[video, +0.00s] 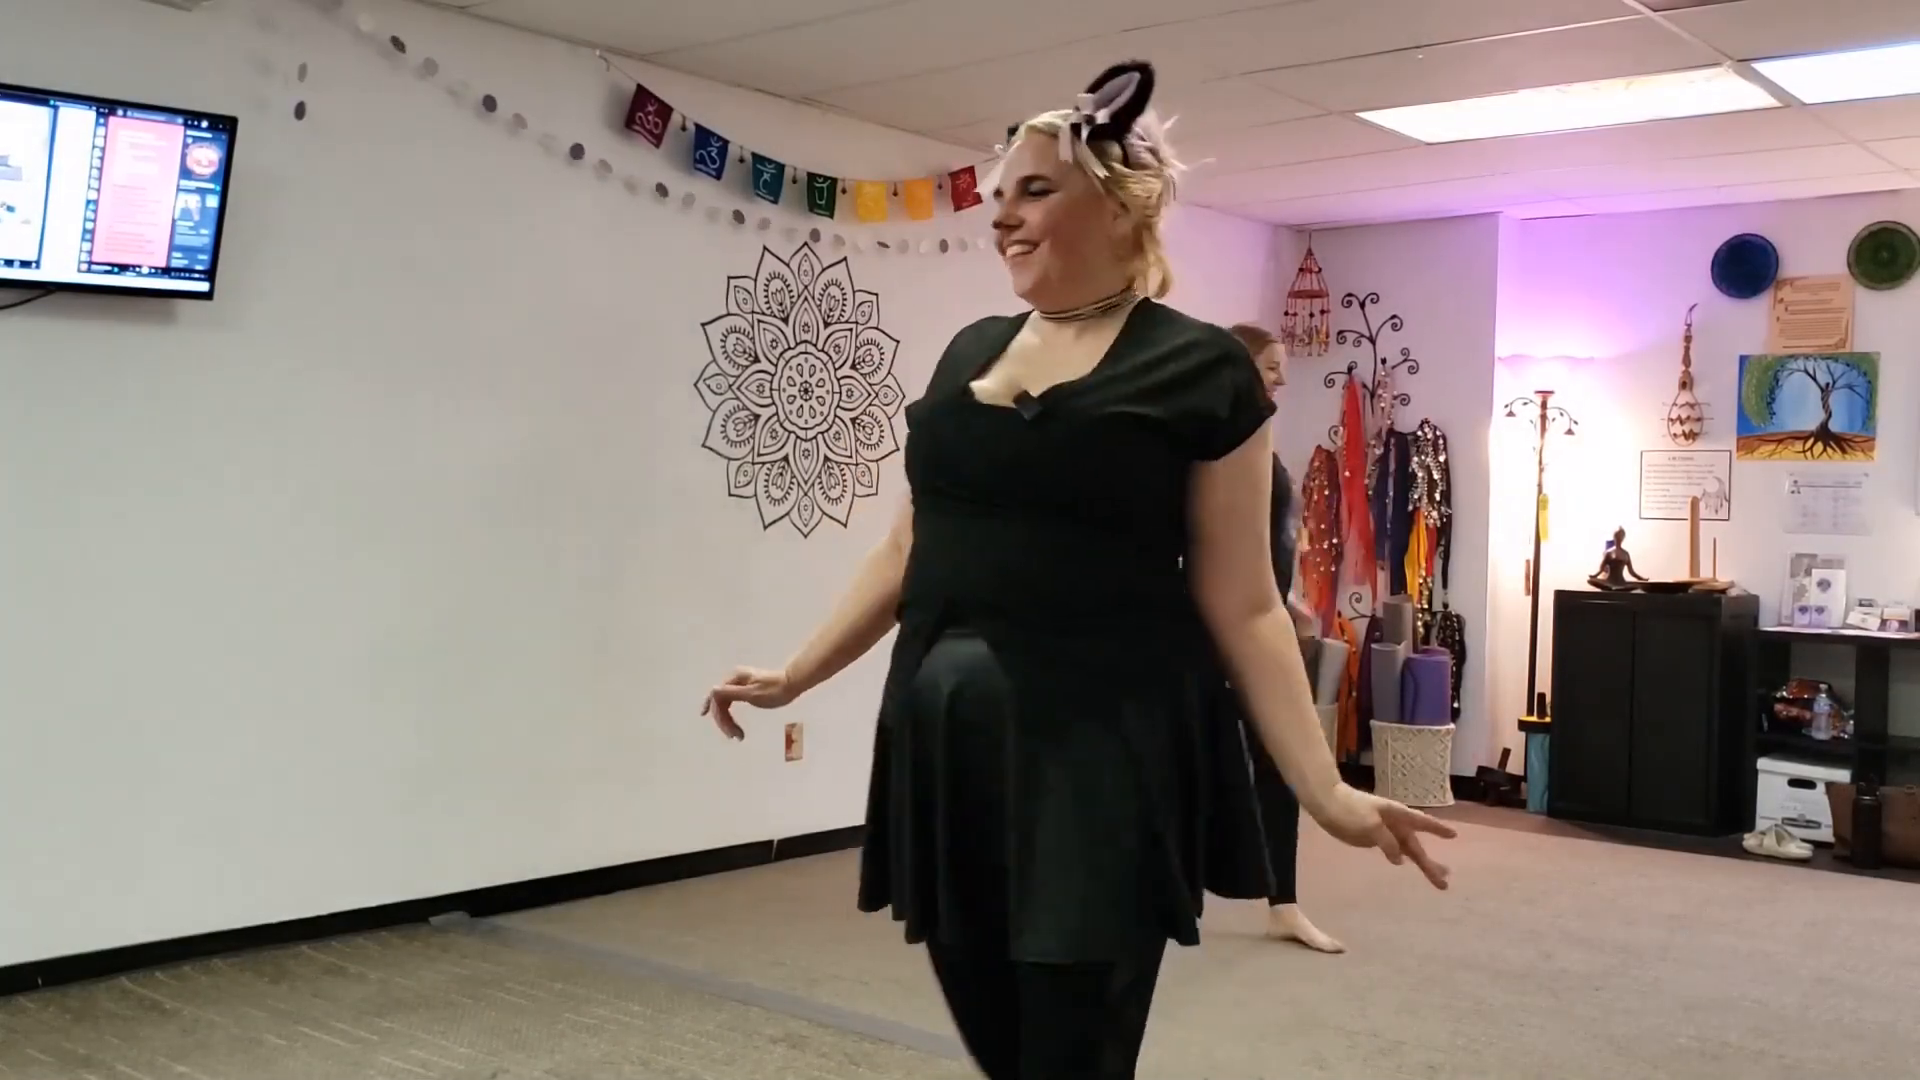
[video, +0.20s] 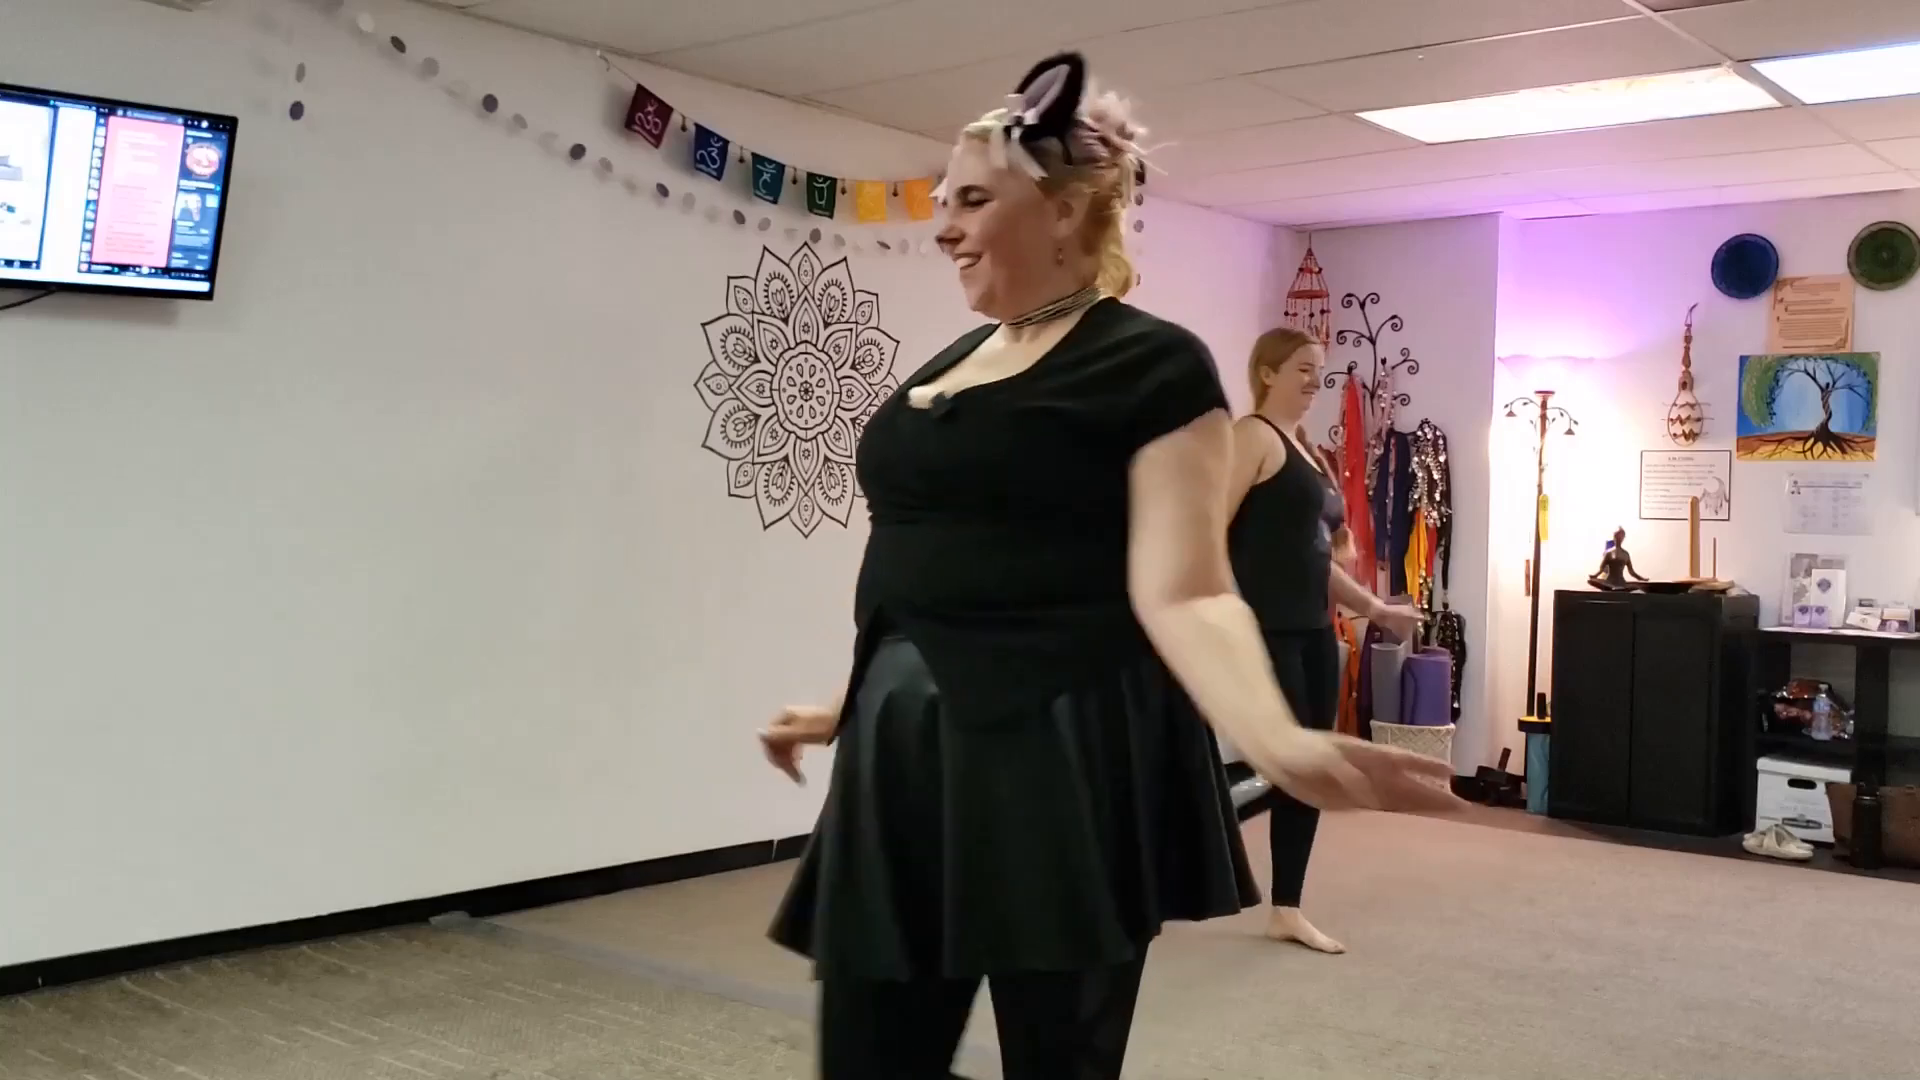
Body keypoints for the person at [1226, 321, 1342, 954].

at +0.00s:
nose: (1277, 384)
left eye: (1280, 373)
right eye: (1268, 371)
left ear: (1278, 377)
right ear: (1234, 371)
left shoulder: (1270, 464)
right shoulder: (1208, 455)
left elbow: (1276, 551)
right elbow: (1213, 556)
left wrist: (1291, 604)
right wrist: (1279, 607)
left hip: (1266, 623)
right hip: (1213, 622)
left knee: (1281, 760)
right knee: (1187, 753)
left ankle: (1284, 903)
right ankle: (1163, 900)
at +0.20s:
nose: (1313, 382)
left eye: (1318, 373)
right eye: (1303, 371)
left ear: (1317, 382)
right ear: (1267, 374)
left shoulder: (1304, 450)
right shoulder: (1250, 437)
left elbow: (1314, 559)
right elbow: (1208, 528)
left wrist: (1376, 607)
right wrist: (1215, 608)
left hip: (1314, 631)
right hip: (1263, 628)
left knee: (1306, 765)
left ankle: (1286, 906)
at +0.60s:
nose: (1327, 366)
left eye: (1339, 355)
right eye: (1314, 357)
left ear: (1361, 368)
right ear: (1300, 369)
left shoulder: (1384, 454)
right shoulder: (1273, 440)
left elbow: (1412, 547)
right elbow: (1217, 523)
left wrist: (1466, 594)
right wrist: (1168, 598)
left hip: (1358, 627)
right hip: (1285, 623)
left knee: (1326, 768)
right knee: (1350, 761)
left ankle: (1286, 909)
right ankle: (1398, 925)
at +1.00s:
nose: (1298, 360)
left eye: (1310, 350)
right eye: (1297, 351)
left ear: (1353, 360)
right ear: (1307, 364)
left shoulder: (1407, 436)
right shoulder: (1290, 447)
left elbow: (1440, 525)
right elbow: (1274, 544)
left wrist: (1416, 577)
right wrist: (1249, 626)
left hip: (1402, 632)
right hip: (1320, 636)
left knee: (1405, 782)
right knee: (1362, 784)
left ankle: (1343, 879)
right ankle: (1391, 948)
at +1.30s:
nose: (1317, 364)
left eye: (1323, 352)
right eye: (1318, 352)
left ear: (1345, 359)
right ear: (1378, 358)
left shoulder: (1376, 430)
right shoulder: (1349, 432)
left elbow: (1386, 537)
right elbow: (1344, 539)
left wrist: (1339, 630)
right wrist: (1316, 627)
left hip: (1386, 626)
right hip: (1351, 625)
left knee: (1317, 768)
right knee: (1354, 789)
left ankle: (1433, 881)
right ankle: (1387, 952)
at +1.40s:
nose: (1402, 362)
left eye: (1325, 346)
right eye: (1399, 350)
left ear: (1335, 354)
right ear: (1386, 358)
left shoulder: (1356, 429)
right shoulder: (1380, 428)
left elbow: (1361, 528)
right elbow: (1371, 530)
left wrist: (1332, 625)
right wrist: (1310, 532)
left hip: (1355, 623)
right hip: (1383, 623)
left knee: (1269, 749)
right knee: (1358, 781)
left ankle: (1372, 885)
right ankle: (1392, 947)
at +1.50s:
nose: (1399, 358)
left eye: (1395, 347)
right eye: (1395, 348)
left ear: (1330, 351)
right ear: (1380, 355)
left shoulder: (1337, 423)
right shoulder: (1387, 430)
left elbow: (1335, 521)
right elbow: (1382, 527)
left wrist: (1311, 613)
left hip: (1341, 617)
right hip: (1393, 619)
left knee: (1251, 736)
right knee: (1367, 783)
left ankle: (1292, 906)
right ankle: (1403, 948)